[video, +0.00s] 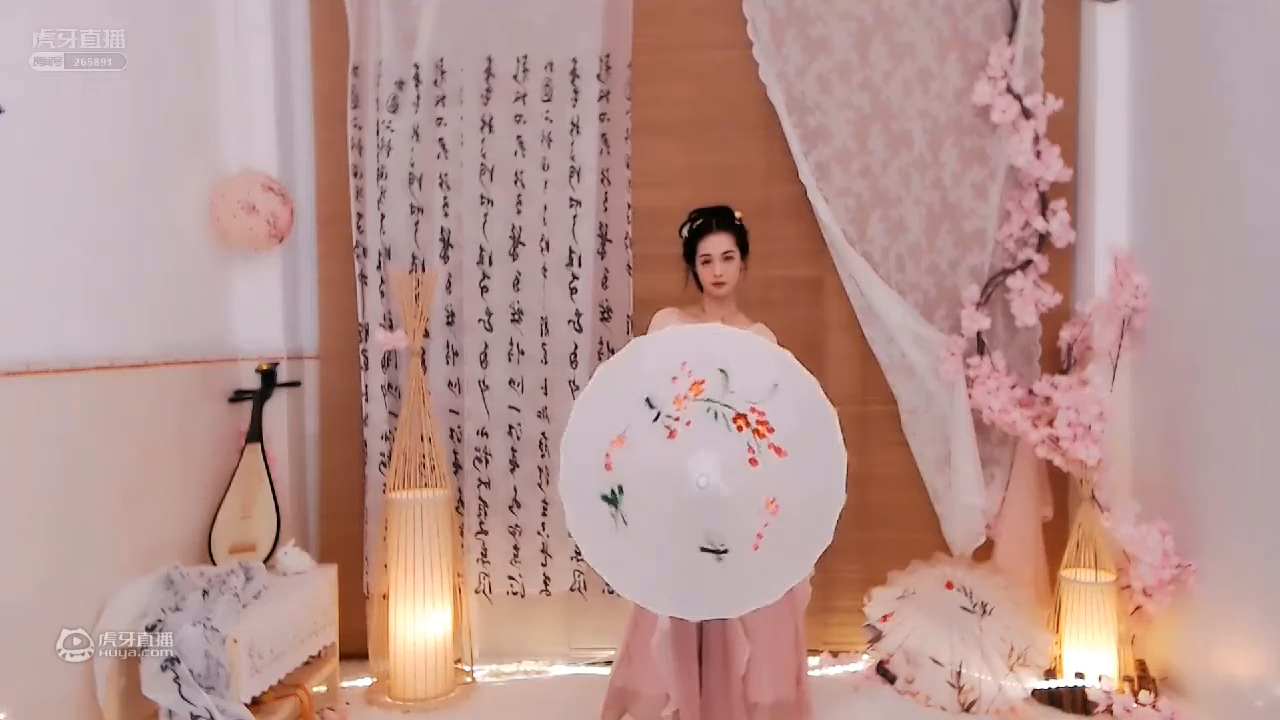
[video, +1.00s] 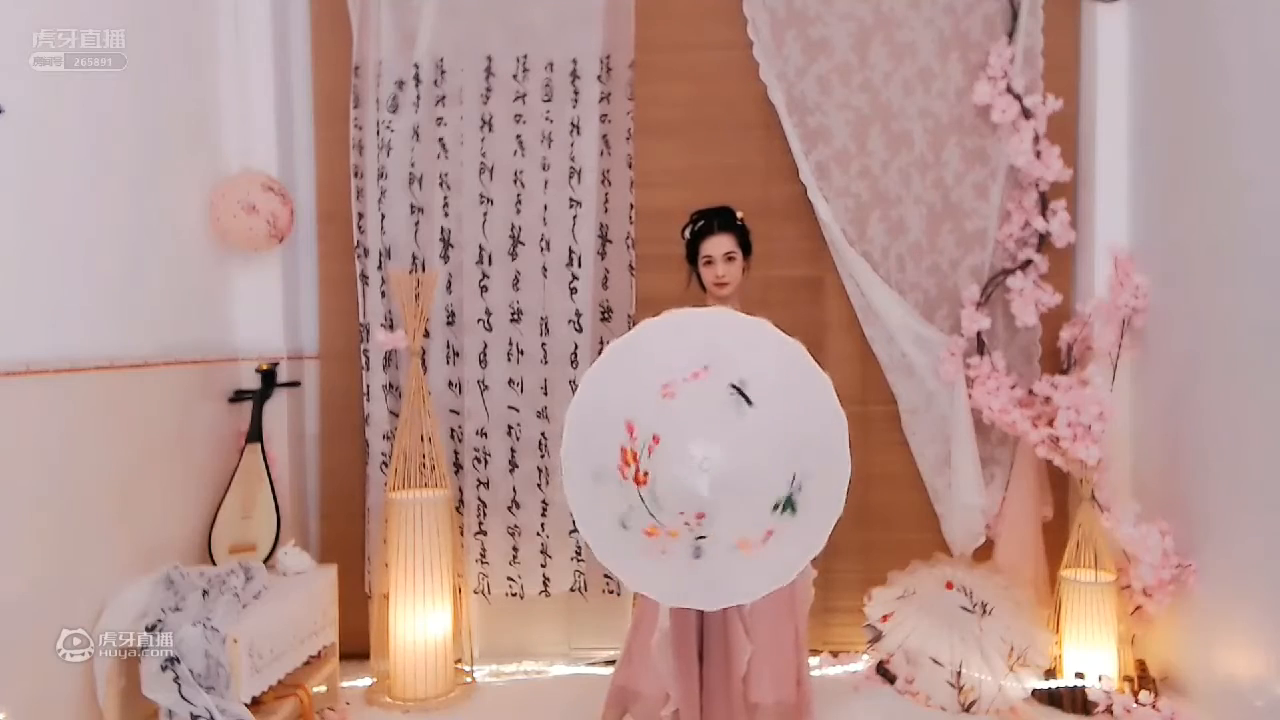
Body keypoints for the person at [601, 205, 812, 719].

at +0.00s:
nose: (717, 270)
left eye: (727, 257)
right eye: (706, 260)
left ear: (743, 262)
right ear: (692, 266)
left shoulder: (760, 335)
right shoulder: (669, 323)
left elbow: (779, 424)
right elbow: (649, 410)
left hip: (744, 489)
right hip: (680, 486)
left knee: (743, 607)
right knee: (678, 606)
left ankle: (741, 710)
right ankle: (678, 711)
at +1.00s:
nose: (719, 271)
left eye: (729, 258)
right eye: (708, 260)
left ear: (745, 263)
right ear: (695, 267)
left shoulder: (764, 340)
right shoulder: (672, 337)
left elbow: (789, 431)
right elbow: (646, 420)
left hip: (752, 493)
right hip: (684, 492)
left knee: (750, 612)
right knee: (683, 613)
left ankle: (749, 710)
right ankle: (679, 711)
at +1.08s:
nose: (718, 271)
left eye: (728, 258)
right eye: (707, 261)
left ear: (745, 263)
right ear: (694, 267)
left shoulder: (764, 343)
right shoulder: (673, 334)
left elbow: (793, 430)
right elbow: (640, 415)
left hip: (752, 495)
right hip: (682, 495)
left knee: (749, 614)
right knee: (682, 614)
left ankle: (748, 711)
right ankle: (679, 712)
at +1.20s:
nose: (718, 271)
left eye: (728, 258)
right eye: (707, 261)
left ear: (744, 263)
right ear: (694, 267)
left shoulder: (766, 343)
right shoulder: (671, 333)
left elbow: (796, 430)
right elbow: (635, 415)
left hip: (752, 499)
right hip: (682, 498)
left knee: (750, 618)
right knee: (681, 620)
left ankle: (747, 712)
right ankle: (677, 713)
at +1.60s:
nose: (716, 272)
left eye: (726, 259)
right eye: (705, 262)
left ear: (742, 263)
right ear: (693, 268)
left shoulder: (761, 339)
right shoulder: (674, 333)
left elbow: (786, 427)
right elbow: (649, 418)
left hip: (747, 490)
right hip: (685, 486)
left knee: (746, 604)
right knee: (681, 604)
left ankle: (745, 710)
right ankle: (678, 711)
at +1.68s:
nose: (716, 271)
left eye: (726, 259)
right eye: (705, 261)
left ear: (742, 263)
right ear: (693, 268)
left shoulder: (760, 337)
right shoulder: (672, 334)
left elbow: (785, 427)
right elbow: (647, 417)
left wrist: (786, 511)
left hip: (746, 492)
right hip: (683, 489)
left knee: (745, 608)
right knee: (680, 608)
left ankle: (744, 710)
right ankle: (677, 711)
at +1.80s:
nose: (716, 272)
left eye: (726, 259)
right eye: (705, 262)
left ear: (742, 264)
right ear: (692, 268)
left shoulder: (759, 338)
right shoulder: (671, 333)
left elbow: (783, 427)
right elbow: (644, 417)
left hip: (744, 490)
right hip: (682, 487)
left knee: (743, 606)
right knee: (679, 605)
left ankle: (743, 710)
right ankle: (676, 710)